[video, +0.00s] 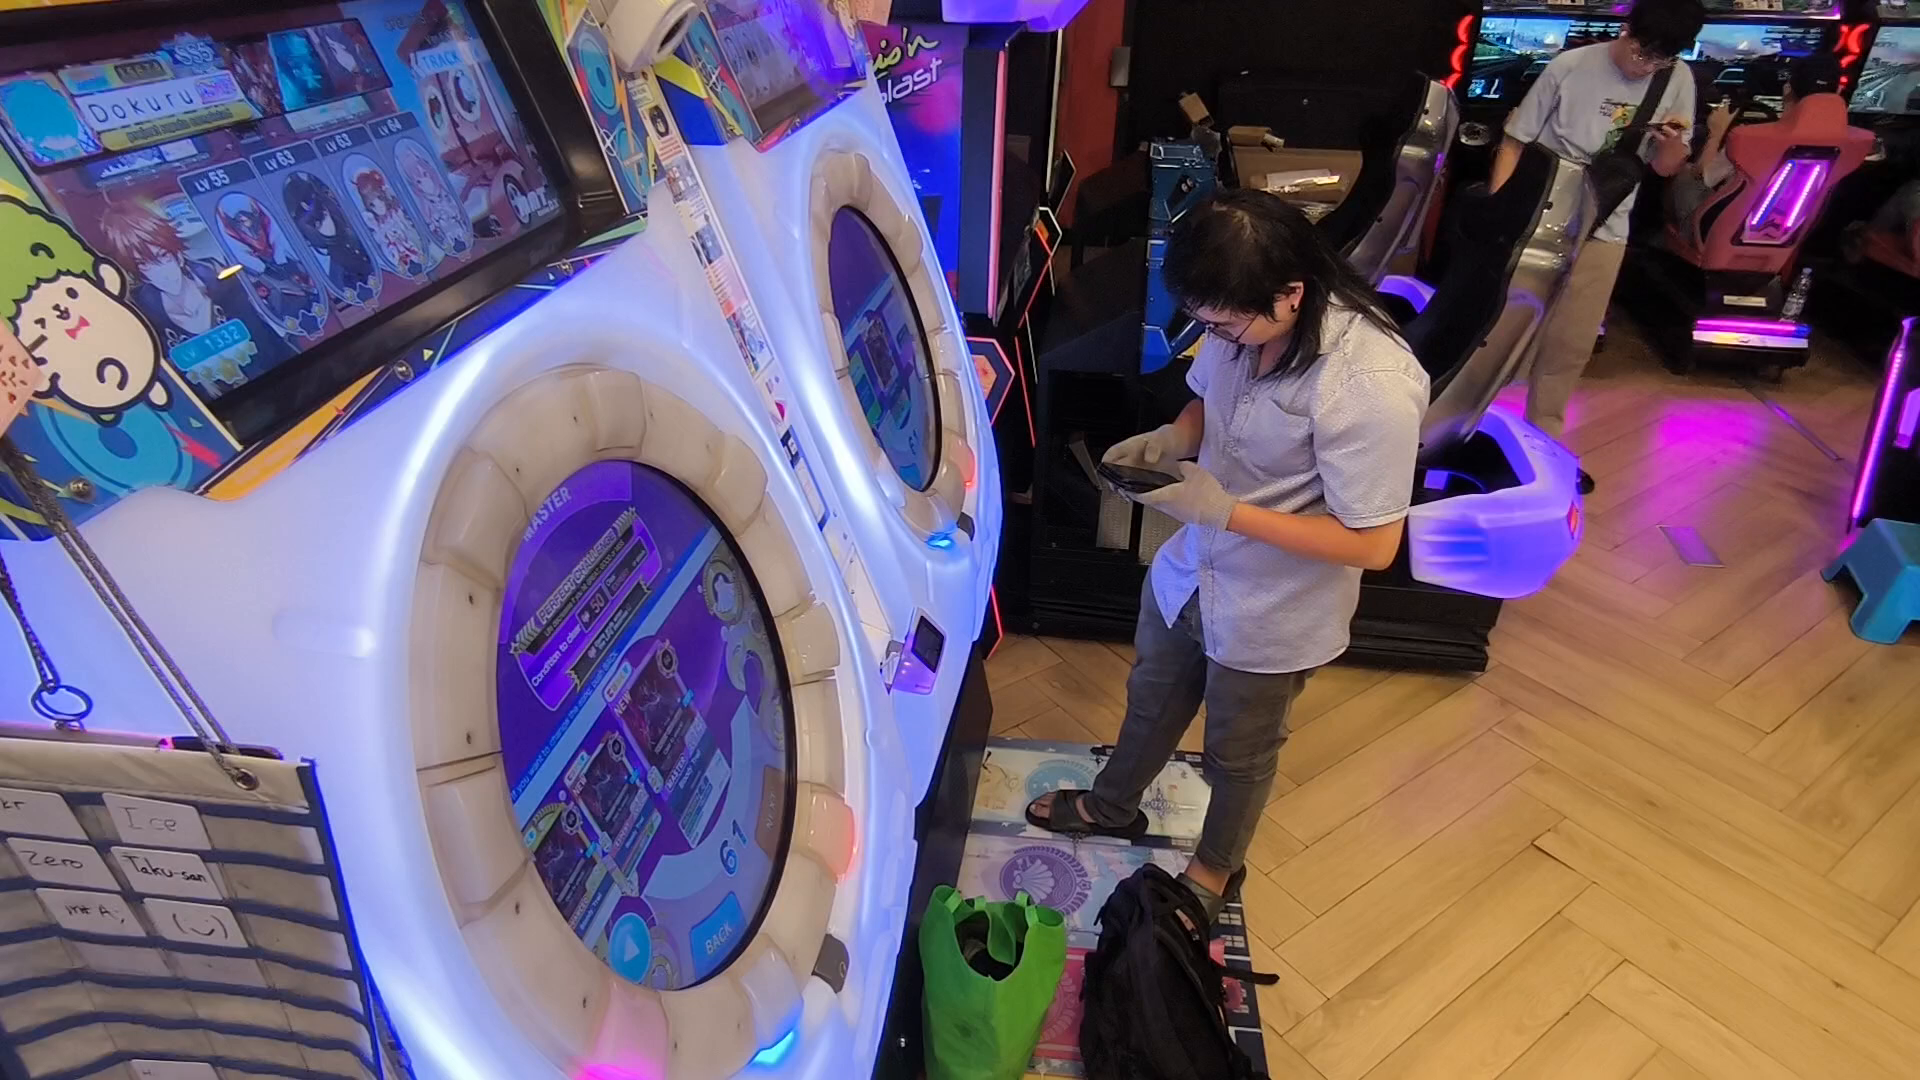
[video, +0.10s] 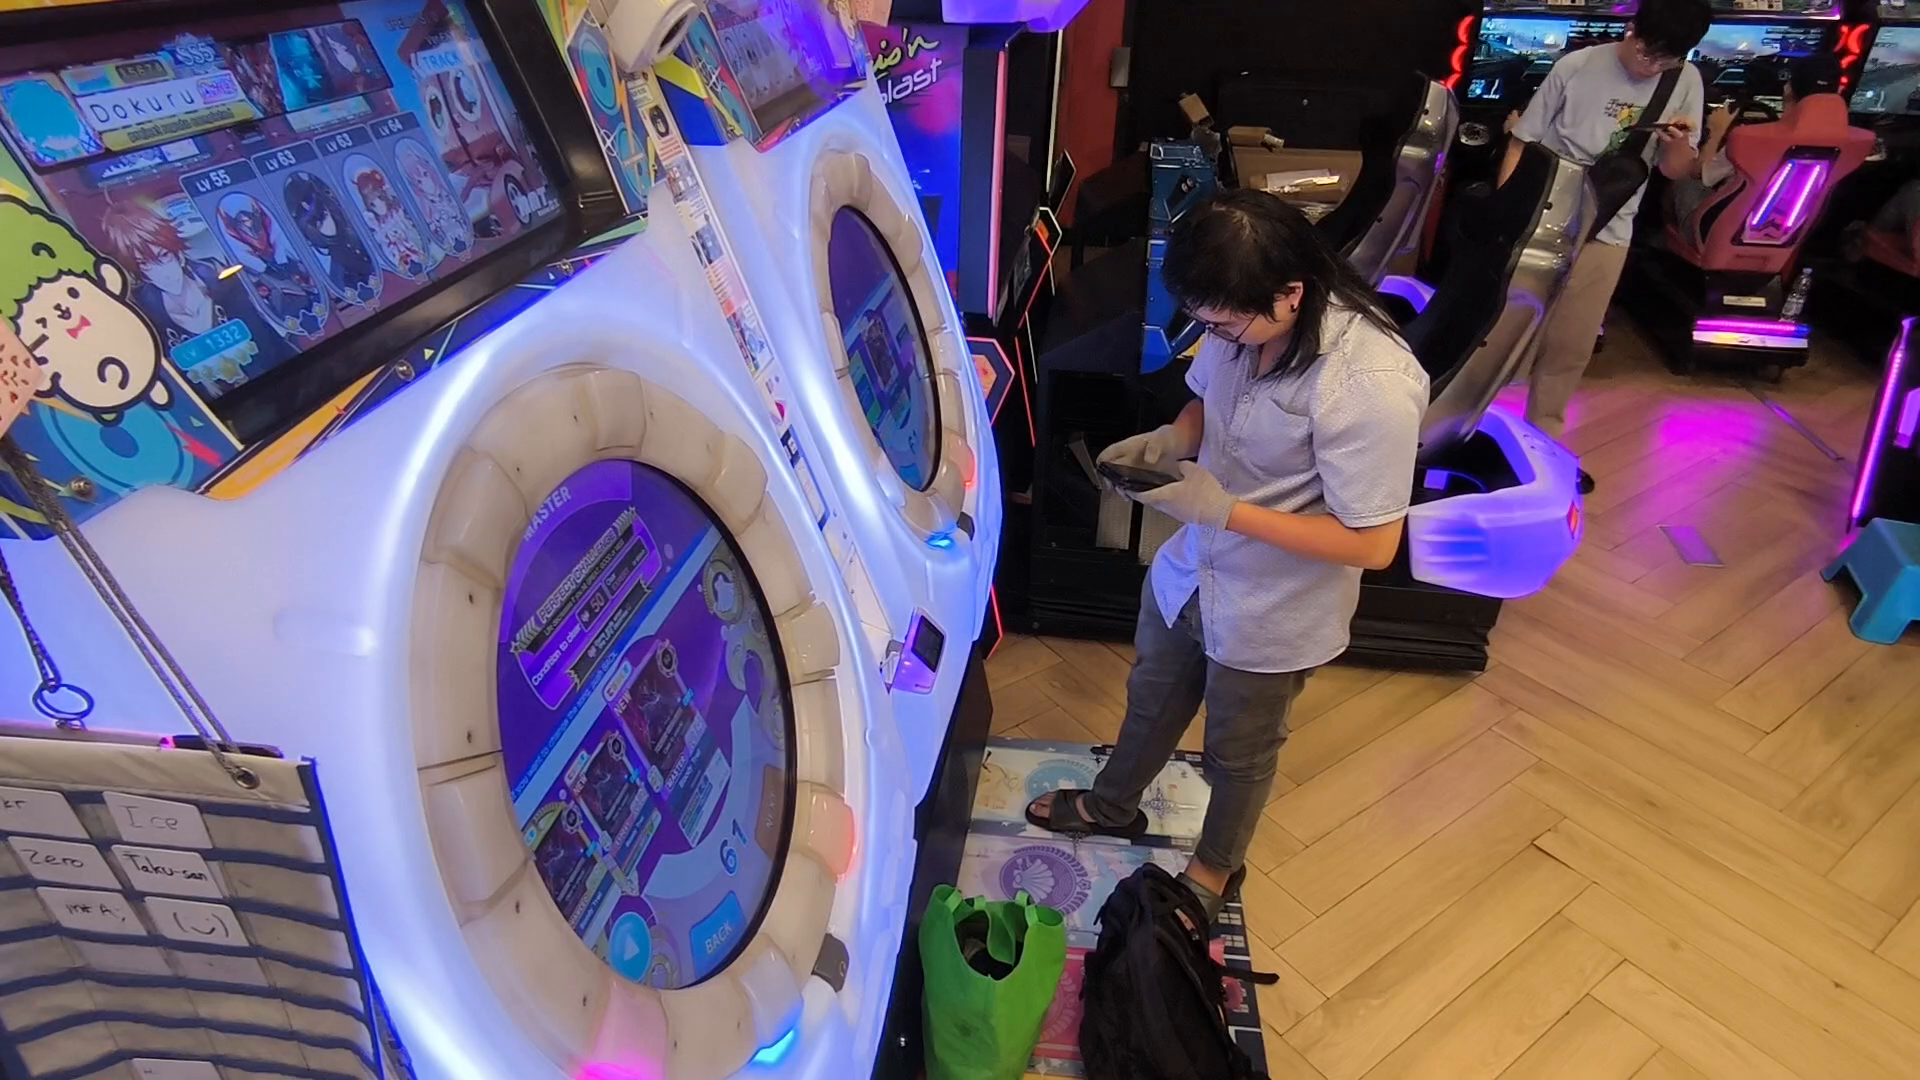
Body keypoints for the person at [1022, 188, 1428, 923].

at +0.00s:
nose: (1217, 334)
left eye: (1231, 321)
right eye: (1208, 320)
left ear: (1291, 296)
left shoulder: (1369, 389)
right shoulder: (1238, 320)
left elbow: (1374, 544)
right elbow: (1206, 408)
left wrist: (1230, 512)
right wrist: (1169, 444)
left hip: (1273, 603)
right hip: (1189, 558)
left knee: (1238, 751)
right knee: (1153, 694)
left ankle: (1214, 870)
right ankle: (1114, 802)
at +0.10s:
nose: (1215, 333)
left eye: (1229, 320)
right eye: (1207, 318)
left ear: (1290, 296)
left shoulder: (1368, 389)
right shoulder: (1239, 321)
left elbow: (1374, 543)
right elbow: (1204, 408)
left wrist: (1230, 511)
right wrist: (1170, 446)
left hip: (1273, 604)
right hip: (1190, 559)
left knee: (1238, 749)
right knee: (1153, 692)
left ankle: (1214, 869)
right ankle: (1113, 802)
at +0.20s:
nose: (1217, 333)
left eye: (1230, 321)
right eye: (1209, 319)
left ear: (1291, 296)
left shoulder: (1369, 388)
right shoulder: (1240, 322)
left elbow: (1374, 543)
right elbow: (1204, 408)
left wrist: (1230, 511)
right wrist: (1170, 446)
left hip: (1273, 605)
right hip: (1189, 561)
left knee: (1238, 750)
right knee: (1153, 694)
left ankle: (1214, 870)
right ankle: (1114, 802)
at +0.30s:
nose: (1217, 333)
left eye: (1231, 320)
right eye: (1209, 319)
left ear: (1291, 295)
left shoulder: (1371, 387)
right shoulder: (1240, 323)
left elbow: (1375, 543)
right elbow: (1206, 410)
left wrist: (1231, 511)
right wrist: (1166, 445)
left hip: (1275, 605)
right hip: (1191, 560)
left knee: (1239, 751)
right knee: (1154, 695)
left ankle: (1215, 869)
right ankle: (1114, 803)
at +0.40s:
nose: (1216, 332)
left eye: (1230, 319)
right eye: (1208, 317)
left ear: (1291, 295)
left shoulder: (1371, 387)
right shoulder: (1239, 321)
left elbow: (1376, 542)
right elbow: (1205, 407)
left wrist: (1231, 511)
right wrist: (1167, 444)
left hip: (1275, 605)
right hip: (1191, 560)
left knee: (1239, 751)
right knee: (1153, 694)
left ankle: (1214, 868)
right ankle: (1114, 802)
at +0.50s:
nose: (1217, 333)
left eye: (1231, 320)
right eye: (1209, 319)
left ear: (1291, 295)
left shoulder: (1370, 387)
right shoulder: (1238, 322)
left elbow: (1375, 542)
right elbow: (1203, 408)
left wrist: (1231, 511)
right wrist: (1164, 443)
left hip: (1274, 604)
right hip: (1190, 560)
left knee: (1238, 751)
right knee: (1153, 694)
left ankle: (1214, 869)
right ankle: (1114, 802)